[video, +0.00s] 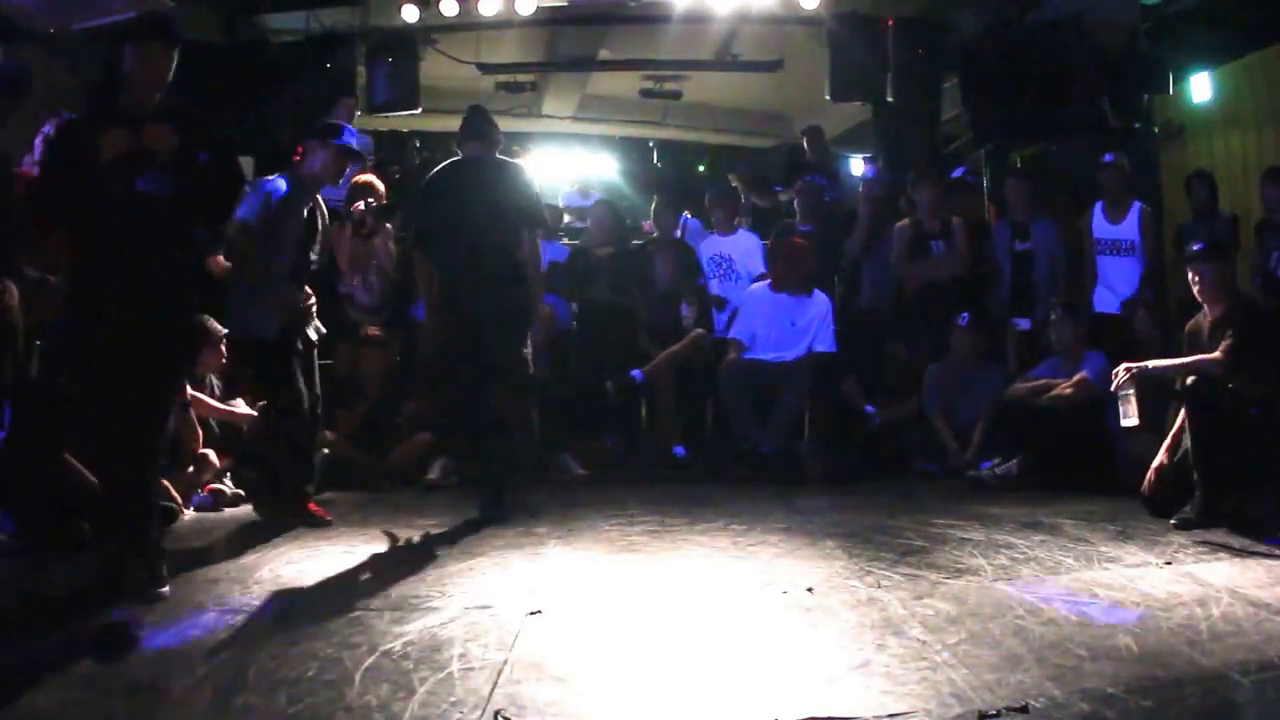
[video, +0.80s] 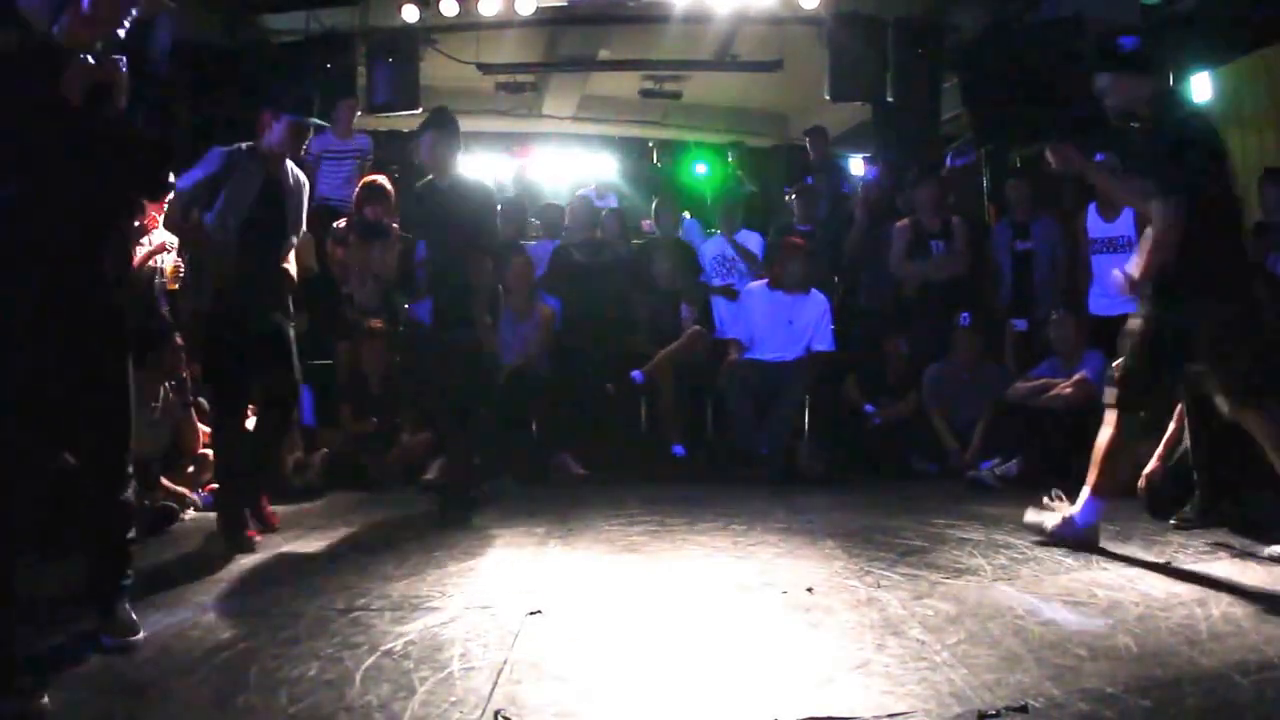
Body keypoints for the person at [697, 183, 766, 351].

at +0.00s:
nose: (717, 215)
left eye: (722, 209)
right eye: (713, 210)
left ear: (734, 210)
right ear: (709, 212)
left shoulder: (750, 241)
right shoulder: (705, 246)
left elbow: (762, 281)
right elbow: (700, 282)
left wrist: (742, 307)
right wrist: (711, 298)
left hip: (749, 317)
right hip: (718, 321)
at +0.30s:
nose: (723, 213)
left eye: (727, 208)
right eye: (719, 208)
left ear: (735, 208)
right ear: (711, 212)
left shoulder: (753, 242)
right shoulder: (705, 247)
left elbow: (763, 276)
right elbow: (699, 283)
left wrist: (739, 287)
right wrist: (721, 290)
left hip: (754, 323)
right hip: (722, 326)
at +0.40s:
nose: (721, 214)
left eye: (726, 208)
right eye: (716, 209)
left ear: (736, 209)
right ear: (711, 211)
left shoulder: (753, 242)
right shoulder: (706, 247)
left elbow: (766, 278)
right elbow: (695, 284)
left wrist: (728, 275)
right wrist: (720, 293)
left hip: (753, 324)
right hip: (721, 326)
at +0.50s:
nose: (720, 213)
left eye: (725, 207)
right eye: (715, 207)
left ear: (735, 208)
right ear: (710, 210)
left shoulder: (754, 242)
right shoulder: (706, 248)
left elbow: (761, 279)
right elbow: (697, 283)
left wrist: (728, 259)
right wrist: (719, 293)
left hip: (756, 322)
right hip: (723, 325)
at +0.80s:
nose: (730, 216)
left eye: (734, 211)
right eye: (725, 211)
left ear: (741, 212)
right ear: (718, 214)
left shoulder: (754, 239)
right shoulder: (706, 249)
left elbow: (758, 268)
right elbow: (698, 284)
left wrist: (731, 240)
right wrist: (719, 290)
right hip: (724, 326)